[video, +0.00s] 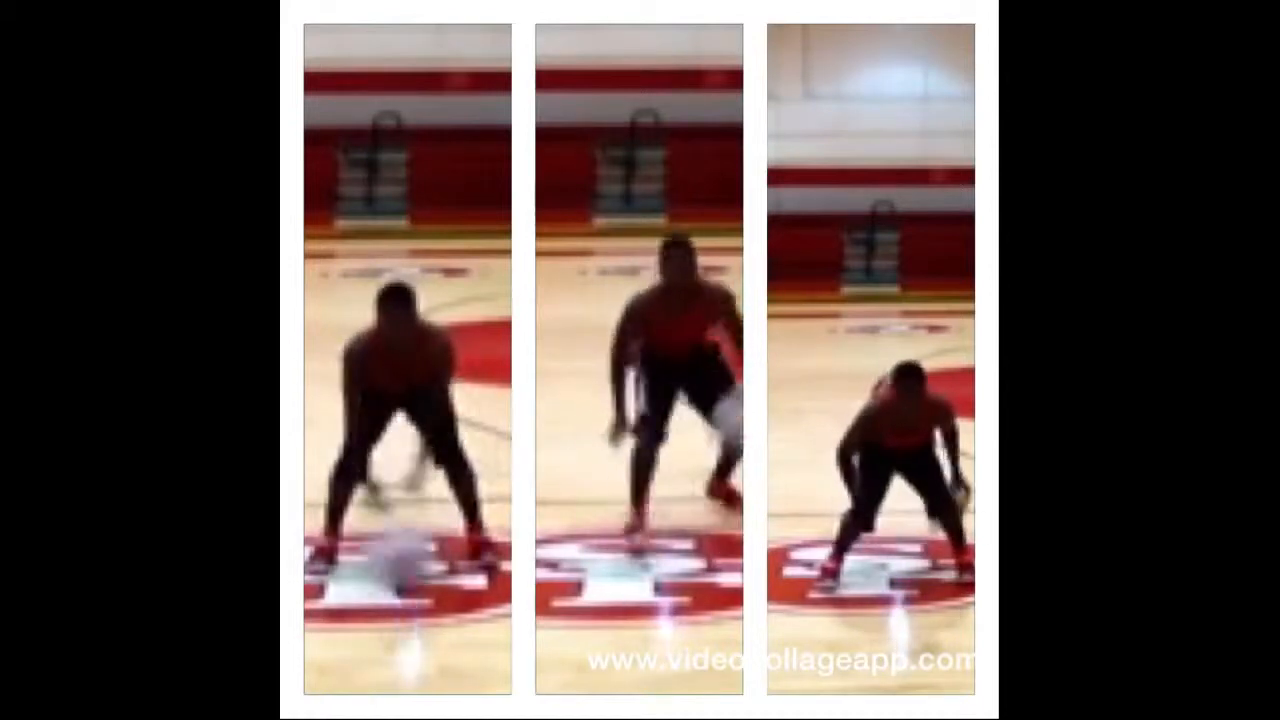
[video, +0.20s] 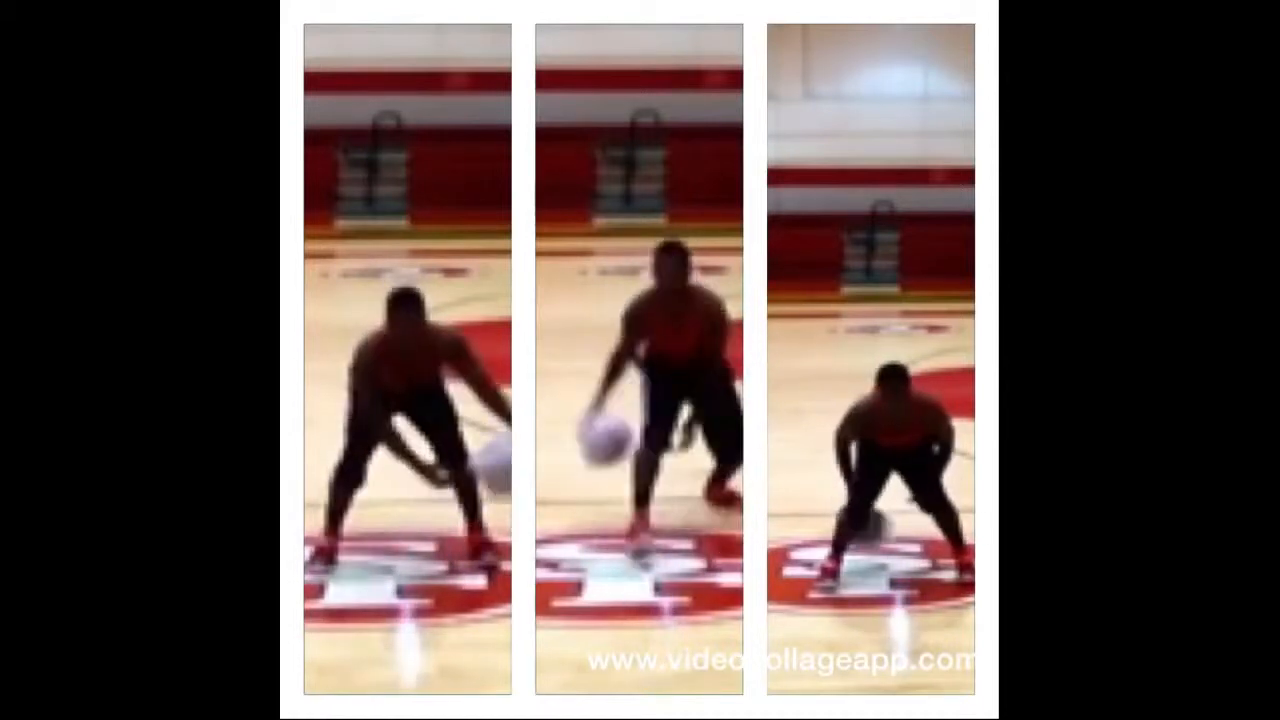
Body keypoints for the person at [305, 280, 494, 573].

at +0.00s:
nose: (397, 331)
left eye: (404, 321)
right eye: (389, 320)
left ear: (414, 316)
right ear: (379, 317)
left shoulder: (436, 345)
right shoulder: (360, 352)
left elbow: (439, 410)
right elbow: (354, 419)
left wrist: (422, 464)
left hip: (423, 394)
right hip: (376, 397)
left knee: (453, 459)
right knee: (349, 462)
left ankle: (476, 532)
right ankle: (330, 538)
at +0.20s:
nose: (407, 335)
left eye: (414, 325)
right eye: (399, 326)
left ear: (424, 321)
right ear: (388, 323)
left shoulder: (444, 342)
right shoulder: (370, 356)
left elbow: (482, 386)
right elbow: (379, 426)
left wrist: (513, 422)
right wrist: (422, 469)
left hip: (424, 395)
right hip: (376, 400)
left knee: (458, 462)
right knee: (351, 469)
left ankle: (477, 534)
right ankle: (330, 538)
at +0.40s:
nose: (395, 336)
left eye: (401, 327)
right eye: (388, 327)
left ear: (411, 321)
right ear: (376, 322)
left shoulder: (430, 349)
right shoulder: (356, 352)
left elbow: (409, 418)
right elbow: (333, 407)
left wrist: (371, 465)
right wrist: (311, 458)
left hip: (424, 398)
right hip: (374, 398)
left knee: (454, 461)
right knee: (346, 462)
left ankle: (476, 534)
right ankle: (326, 543)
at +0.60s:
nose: (398, 327)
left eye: (405, 316)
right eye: (390, 317)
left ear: (415, 313)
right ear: (380, 315)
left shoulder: (437, 343)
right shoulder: (363, 350)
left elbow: (445, 410)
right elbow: (379, 424)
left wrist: (445, 457)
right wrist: (403, 474)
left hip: (425, 392)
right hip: (375, 396)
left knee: (456, 458)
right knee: (350, 462)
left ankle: (477, 531)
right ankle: (329, 538)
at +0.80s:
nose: (408, 338)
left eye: (414, 327)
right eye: (400, 329)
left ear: (424, 322)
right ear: (389, 325)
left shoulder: (443, 349)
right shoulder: (370, 360)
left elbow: (475, 397)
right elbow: (385, 429)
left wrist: (501, 440)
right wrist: (423, 476)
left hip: (422, 390)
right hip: (375, 395)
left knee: (457, 460)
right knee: (353, 465)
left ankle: (476, 534)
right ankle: (330, 537)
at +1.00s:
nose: (394, 335)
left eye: (400, 325)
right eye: (387, 326)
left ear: (410, 320)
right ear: (376, 321)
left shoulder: (433, 346)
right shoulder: (356, 350)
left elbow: (417, 415)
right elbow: (335, 407)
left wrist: (373, 458)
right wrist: (308, 461)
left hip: (422, 395)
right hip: (374, 396)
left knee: (451, 456)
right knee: (348, 463)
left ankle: (477, 530)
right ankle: (328, 540)